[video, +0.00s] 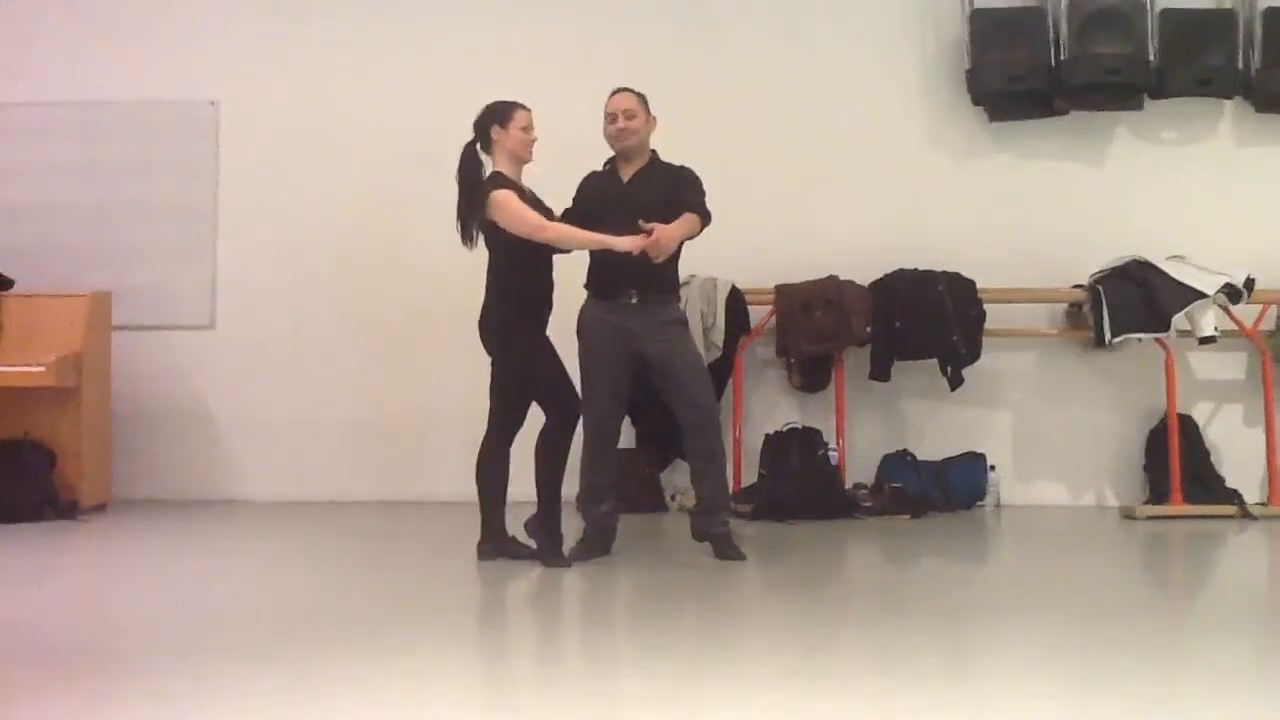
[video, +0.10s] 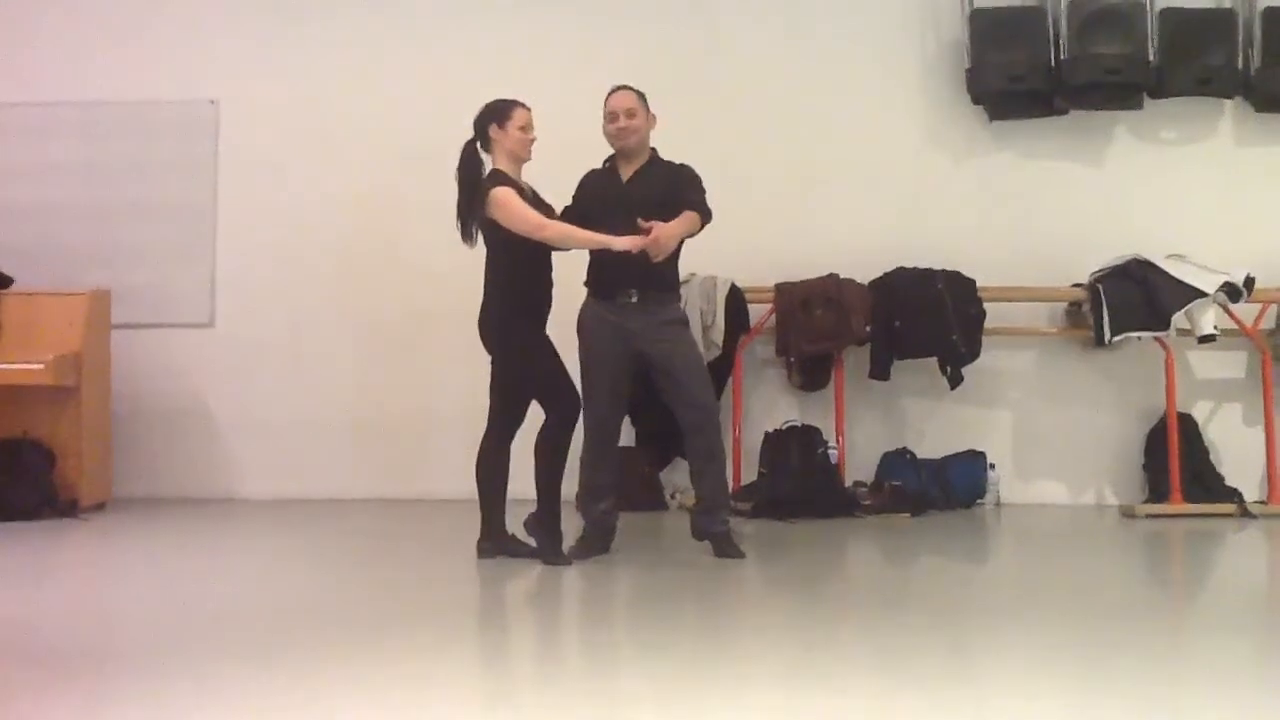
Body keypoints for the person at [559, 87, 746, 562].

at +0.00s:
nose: (619, 124)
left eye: (629, 116)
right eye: (611, 118)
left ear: (651, 124)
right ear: (604, 129)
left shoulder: (680, 178)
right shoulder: (593, 186)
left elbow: (698, 215)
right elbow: (566, 236)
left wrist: (674, 232)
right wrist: (522, 230)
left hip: (662, 318)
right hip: (604, 317)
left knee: (701, 412)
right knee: (600, 421)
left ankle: (714, 523)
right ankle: (598, 528)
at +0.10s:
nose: (620, 123)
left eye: (629, 115)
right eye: (612, 118)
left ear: (651, 121)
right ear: (603, 128)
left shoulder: (679, 176)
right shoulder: (592, 184)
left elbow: (699, 212)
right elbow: (566, 232)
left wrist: (674, 230)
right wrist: (523, 226)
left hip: (662, 316)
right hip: (603, 316)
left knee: (701, 411)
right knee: (600, 420)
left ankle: (714, 523)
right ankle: (597, 526)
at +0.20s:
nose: (623, 122)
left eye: (632, 114)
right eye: (614, 117)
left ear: (652, 121)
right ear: (604, 127)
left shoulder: (681, 176)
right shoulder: (593, 184)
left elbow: (700, 214)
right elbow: (567, 233)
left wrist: (674, 231)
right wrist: (523, 227)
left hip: (664, 316)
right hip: (604, 317)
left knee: (703, 412)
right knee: (601, 421)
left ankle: (714, 522)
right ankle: (598, 525)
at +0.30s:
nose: (628, 123)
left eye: (637, 116)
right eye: (619, 118)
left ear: (656, 122)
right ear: (608, 128)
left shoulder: (684, 178)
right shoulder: (596, 186)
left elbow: (706, 215)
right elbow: (571, 236)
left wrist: (680, 230)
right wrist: (527, 229)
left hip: (667, 317)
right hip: (608, 318)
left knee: (705, 410)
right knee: (605, 422)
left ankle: (717, 522)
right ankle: (601, 527)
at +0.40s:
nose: (628, 123)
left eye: (638, 115)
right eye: (620, 117)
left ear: (657, 121)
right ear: (609, 127)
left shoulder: (684, 177)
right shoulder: (597, 184)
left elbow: (710, 212)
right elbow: (570, 237)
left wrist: (682, 225)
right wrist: (527, 228)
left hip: (668, 317)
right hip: (608, 318)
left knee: (706, 411)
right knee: (604, 422)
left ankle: (716, 523)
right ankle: (601, 527)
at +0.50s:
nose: (628, 118)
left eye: (638, 110)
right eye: (619, 112)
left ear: (657, 118)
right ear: (609, 124)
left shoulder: (684, 174)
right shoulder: (598, 182)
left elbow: (723, 208)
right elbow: (570, 235)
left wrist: (688, 211)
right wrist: (523, 224)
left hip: (669, 314)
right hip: (610, 315)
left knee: (706, 407)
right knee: (605, 419)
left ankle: (717, 519)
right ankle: (601, 525)